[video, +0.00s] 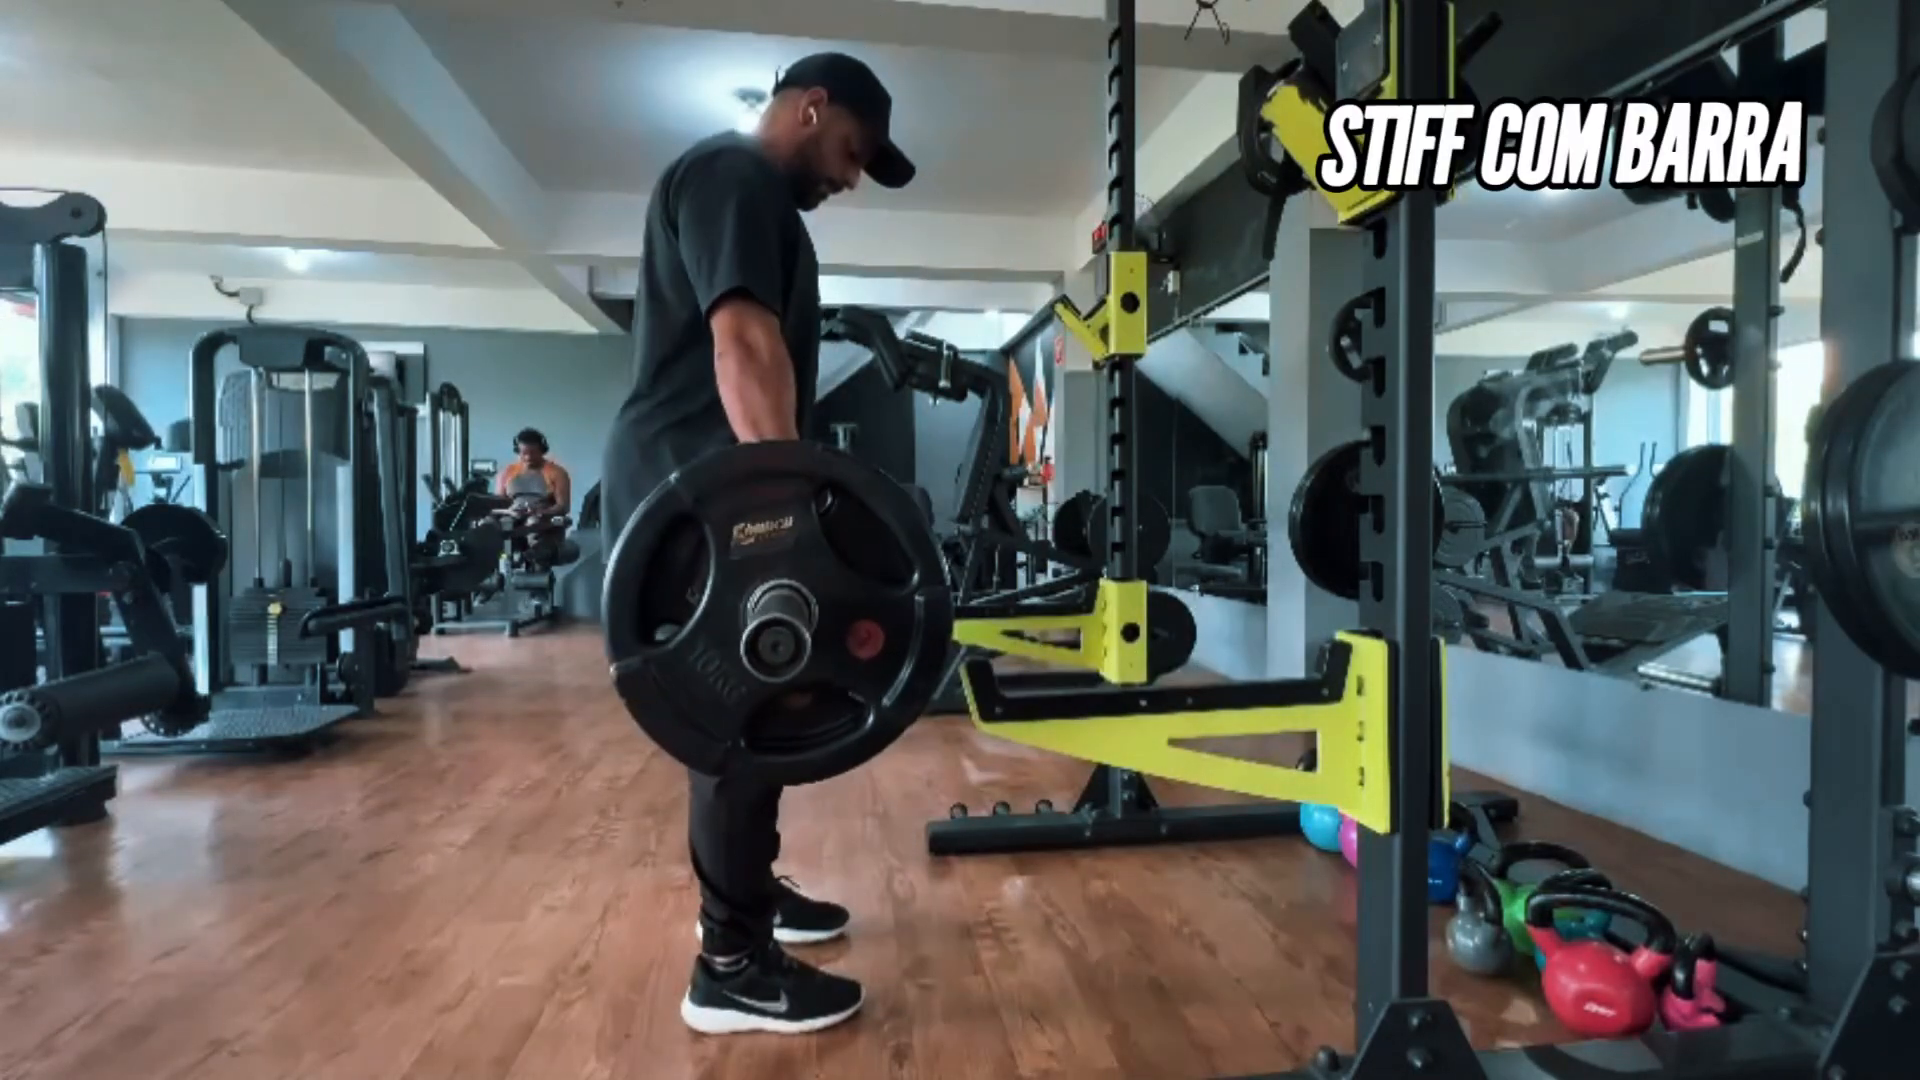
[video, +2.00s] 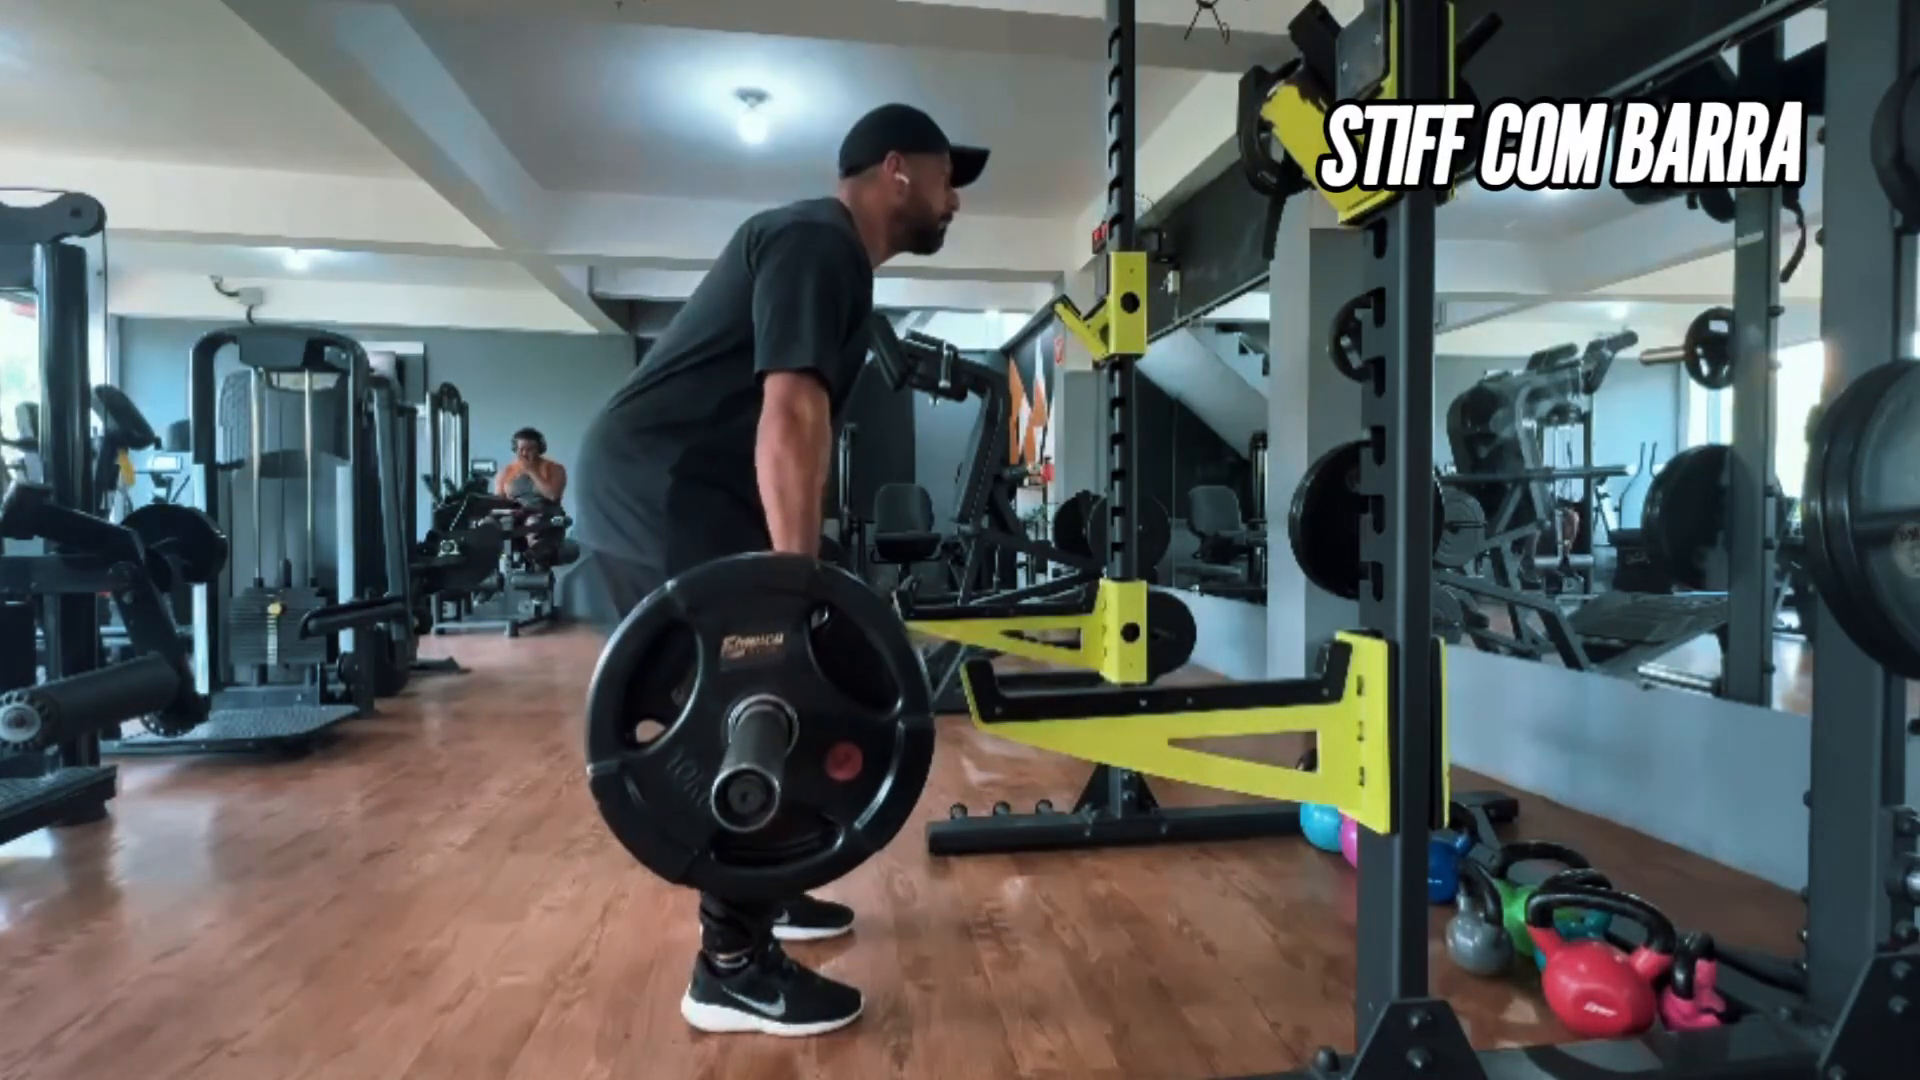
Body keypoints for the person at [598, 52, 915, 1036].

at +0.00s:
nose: (848, 180)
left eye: (858, 168)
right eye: (850, 155)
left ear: (802, 114)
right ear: (809, 109)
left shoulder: (754, 194)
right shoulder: (729, 169)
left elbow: (757, 357)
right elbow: (742, 340)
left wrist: (795, 499)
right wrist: (786, 510)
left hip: (715, 491)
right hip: (697, 491)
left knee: (756, 693)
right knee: (736, 708)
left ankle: (747, 886)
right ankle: (730, 961)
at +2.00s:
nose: (954, 202)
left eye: (956, 185)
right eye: (947, 181)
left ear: (888, 173)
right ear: (898, 170)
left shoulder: (831, 253)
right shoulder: (815, 239)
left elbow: (804, 412)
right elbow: (791, 408)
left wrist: (800, 579)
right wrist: (801, 585)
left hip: (688, 481)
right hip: (659, 481)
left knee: (751, 687)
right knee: (737, 707)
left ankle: (756, 893)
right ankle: (729, 961)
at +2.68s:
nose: (986, 355)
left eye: (993, 338)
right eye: (986, 332)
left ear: (936, 312)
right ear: (942, 313)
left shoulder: (846, 353)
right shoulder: (838, 351)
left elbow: (807, 532)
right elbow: (803, 537)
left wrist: (792, 698)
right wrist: (797, 714)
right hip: (605, 490)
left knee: (727, 702)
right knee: (736, 704)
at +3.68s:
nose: (955, 226)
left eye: (958, 208)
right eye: (948, 203)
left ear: (887, 198)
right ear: (899, 193)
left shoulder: (825, 269)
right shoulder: (814, 253)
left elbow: (797, 430)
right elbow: (794, 427)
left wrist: (803, 597)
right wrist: (804, 608)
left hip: (642, 482)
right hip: (643, 483)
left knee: (735, 691)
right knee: (748, 702)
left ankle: (774, 887)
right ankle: (733, 959)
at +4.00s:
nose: (866, 99)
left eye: (864, 83)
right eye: (854, 79)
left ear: (792, 82)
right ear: (799, 75)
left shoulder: (778, 186)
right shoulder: (753, 165)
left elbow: (783, 344)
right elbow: (767, 325)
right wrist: (822, 495)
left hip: (721, 467)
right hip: (697, 467)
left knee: (748, 686)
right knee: (725, 697)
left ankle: (749, 880)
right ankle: (729, 957)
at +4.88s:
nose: (951, 206)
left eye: (953, 188)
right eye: (945, 184)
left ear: (887, 170)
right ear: (898, 167)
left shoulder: (829, 248)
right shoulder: (820, 233)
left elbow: (805, 412)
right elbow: (807, 408)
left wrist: (828, 584)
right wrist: (825, 587)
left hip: (690, 481)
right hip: (658, 477)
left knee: (742, 691)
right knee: (727, 704)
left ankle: (758, 893)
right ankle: (730, 961)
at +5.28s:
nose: (992, 343)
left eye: (997, 326)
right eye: (992, 320)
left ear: (939, 301)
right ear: (946, 301)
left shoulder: (851, 349)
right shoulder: (843, 344)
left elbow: (822, 520)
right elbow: (814, 521)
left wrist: (808, 683)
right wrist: (813, 699)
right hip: (612, 487)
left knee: (727, 701)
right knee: (732, 705)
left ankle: (727, 890)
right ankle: (733, 897)